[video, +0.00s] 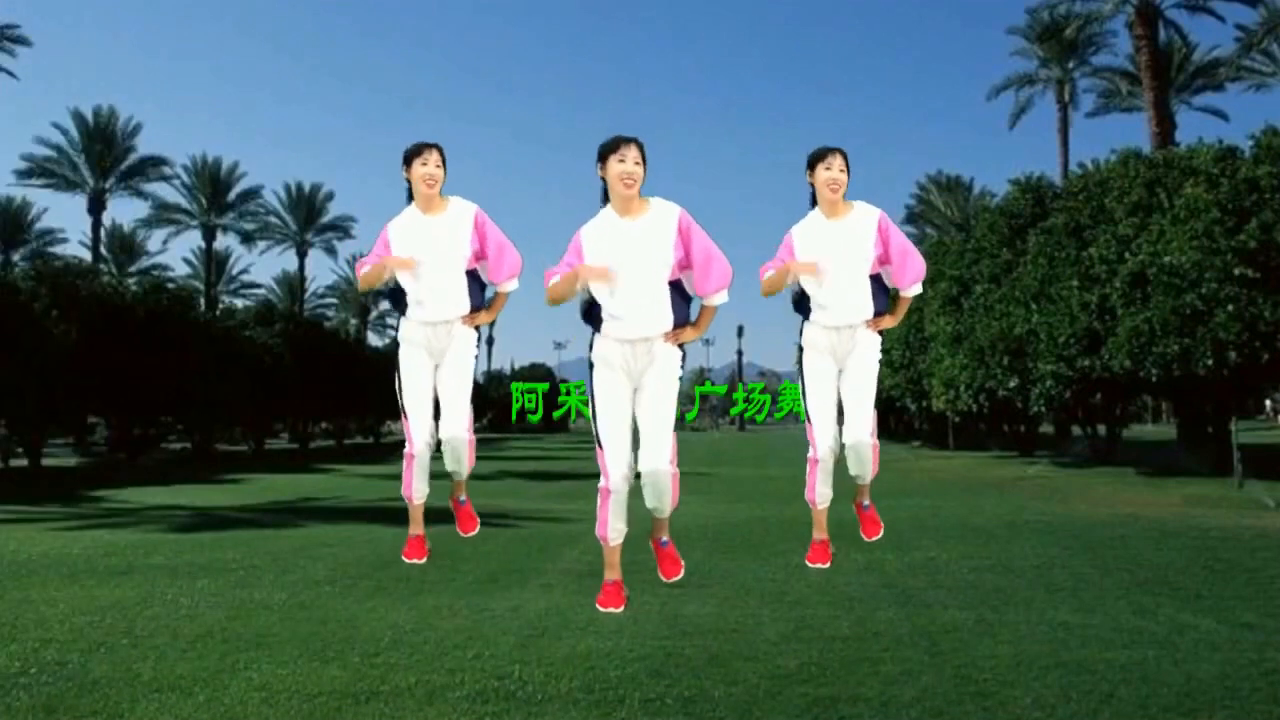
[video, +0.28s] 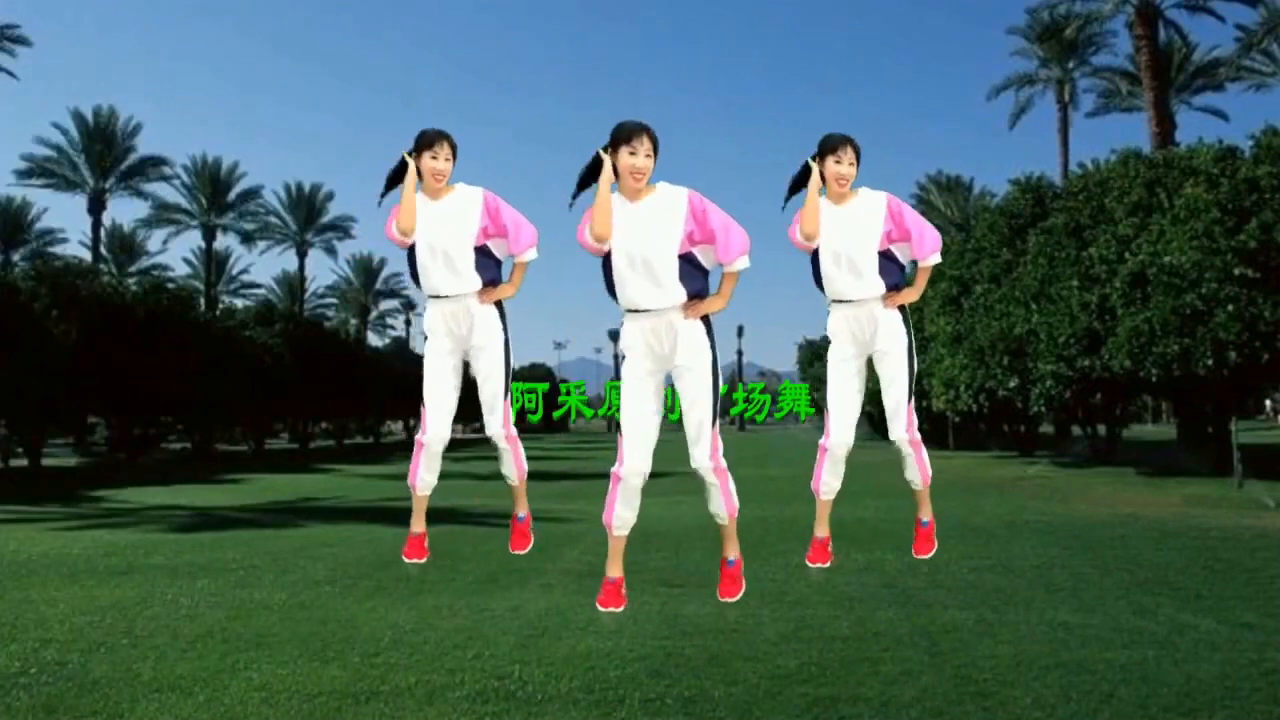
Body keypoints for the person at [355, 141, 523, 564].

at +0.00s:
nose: (431, 170)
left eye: (437, 164)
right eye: (423, 164)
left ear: (445, 174)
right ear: (408, 174)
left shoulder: (468, 215)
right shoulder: (397, 227)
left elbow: (509, 262)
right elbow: (364, 282)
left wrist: (491, 310)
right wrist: (386, 265)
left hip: (459, 330)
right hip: (415, 332)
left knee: (456, 431)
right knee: (419, 432)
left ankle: (459, 496)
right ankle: (416, 529)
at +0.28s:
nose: (440, 166)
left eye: (446, 159)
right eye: (432, 158)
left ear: (454, 164)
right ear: (417, 164)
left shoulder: (477, 199)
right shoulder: (408, 207)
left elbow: (525, 237)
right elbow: (405, 232)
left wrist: (512, 285)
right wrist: (411, 175)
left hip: (482, 311)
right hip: (438, 315)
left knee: (497, 423)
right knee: (433, 427)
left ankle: (521, 511)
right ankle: (417, 526)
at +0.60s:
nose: (445, 147)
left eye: (450, 140)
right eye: (437, 141)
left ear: (459, 145)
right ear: (422, 148)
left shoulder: (485, 180)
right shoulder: (418, 190)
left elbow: (529, 220)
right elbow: (410, 219)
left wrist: (513, 269)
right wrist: (416, 167)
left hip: (487, 295)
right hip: (443, 299)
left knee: (498, 414)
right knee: (435, 413)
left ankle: (506, 494)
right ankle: (419, 517)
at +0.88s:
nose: (441, 185)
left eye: (446, 178)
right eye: (432, 180)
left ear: (456, 184)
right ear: (419, 189)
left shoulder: (484, 223)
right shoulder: (419, 233)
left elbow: (521, 273)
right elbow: (417, 268)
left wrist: (506, 322)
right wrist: (409, 225)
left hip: (473, 340)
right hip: (428, 339)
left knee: (465, 448)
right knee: (427, 440)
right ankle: (431, 533)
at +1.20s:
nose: (457, 159)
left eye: (464, 153)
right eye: (449, 152)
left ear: (473, 160)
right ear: (434, 159)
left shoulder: (495, 198)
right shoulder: (426, 201)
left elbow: (532, 243)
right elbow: (472, 209)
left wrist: (521, 283)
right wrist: (502, 162)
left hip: (497, 304)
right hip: (454, 307)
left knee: (507, 421)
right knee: (451, 427)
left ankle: (517, 517)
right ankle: (431, 527)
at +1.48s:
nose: (461, 155)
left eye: (468, 148)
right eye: (453, 148)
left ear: (477, 155)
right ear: (440, 156)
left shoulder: (498, 200)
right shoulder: (432, 198)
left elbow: (535, 245)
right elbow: (472, 228)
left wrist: (517, 289)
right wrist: (533, 229)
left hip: (495, 311)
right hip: (451, 312)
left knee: (507, 420)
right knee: (447, 423)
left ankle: (515, 518)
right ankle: (427, 525)